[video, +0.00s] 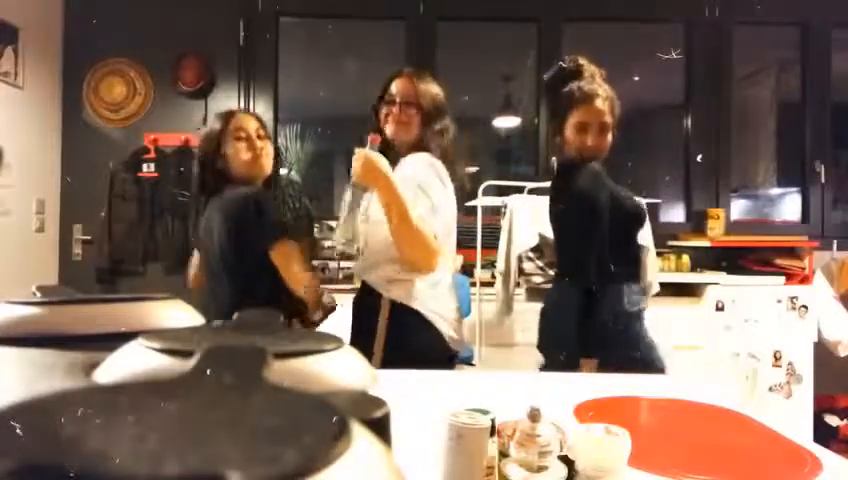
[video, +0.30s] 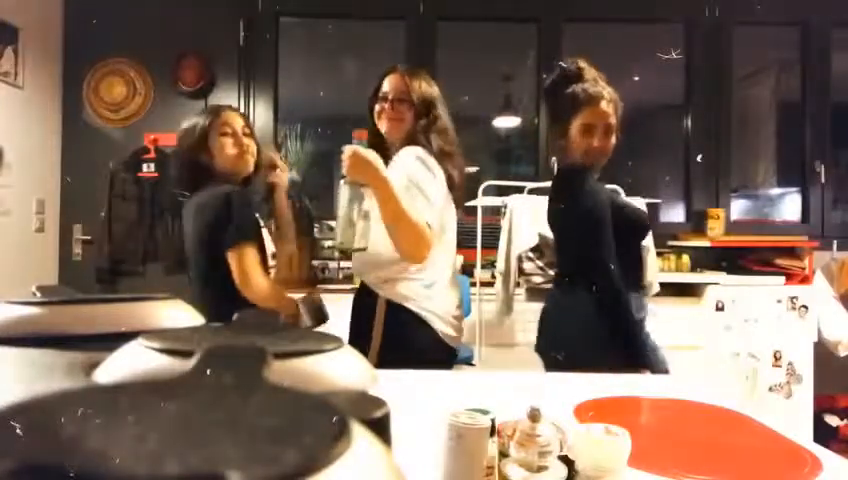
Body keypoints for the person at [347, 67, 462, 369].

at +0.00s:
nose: (395, 112)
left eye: (408, 105)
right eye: (389, 102)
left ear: (430, 117)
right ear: (379, 110)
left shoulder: (420, 168)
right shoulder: (402, 168)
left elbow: (423, 257)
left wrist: (383, 182)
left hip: (403, 313)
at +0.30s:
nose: (386, 107)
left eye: (400, 101)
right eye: (381, 99)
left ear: (423, 113)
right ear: (373, 105)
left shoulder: (412, 160)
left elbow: (416, 249)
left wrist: (378, 180)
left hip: (399, 314)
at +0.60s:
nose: (369, 124)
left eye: (382, 116)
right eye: (365, 115)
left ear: (407, 123)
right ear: (359, 121)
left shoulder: (400, 176)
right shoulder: (420, 181)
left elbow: (413, 261)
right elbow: (450, 262)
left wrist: (365, 197)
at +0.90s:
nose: (365, 121)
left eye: (378, 115)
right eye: (361, 113)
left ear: (404, 124)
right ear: (355, 117)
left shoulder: (395, 173)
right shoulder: (410, 175)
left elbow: (409, 256)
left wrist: (363, 191)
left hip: (389, 316)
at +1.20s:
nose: (374, 115)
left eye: (388, 109)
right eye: (370, 106)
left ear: (411, 119)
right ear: (362, 111)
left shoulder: (406, 165)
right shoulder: (389, 168)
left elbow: (420, 251)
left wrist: (376, 184)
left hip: (394, 305)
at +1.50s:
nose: (366, 124)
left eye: (380, 118)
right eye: (362, 116)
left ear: (403, 128)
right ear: (355, 121)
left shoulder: (400, 170)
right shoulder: (383, 174)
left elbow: (419, 250)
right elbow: (379, 256)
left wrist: (374, 188)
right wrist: (338, 288)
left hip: (394, 307)